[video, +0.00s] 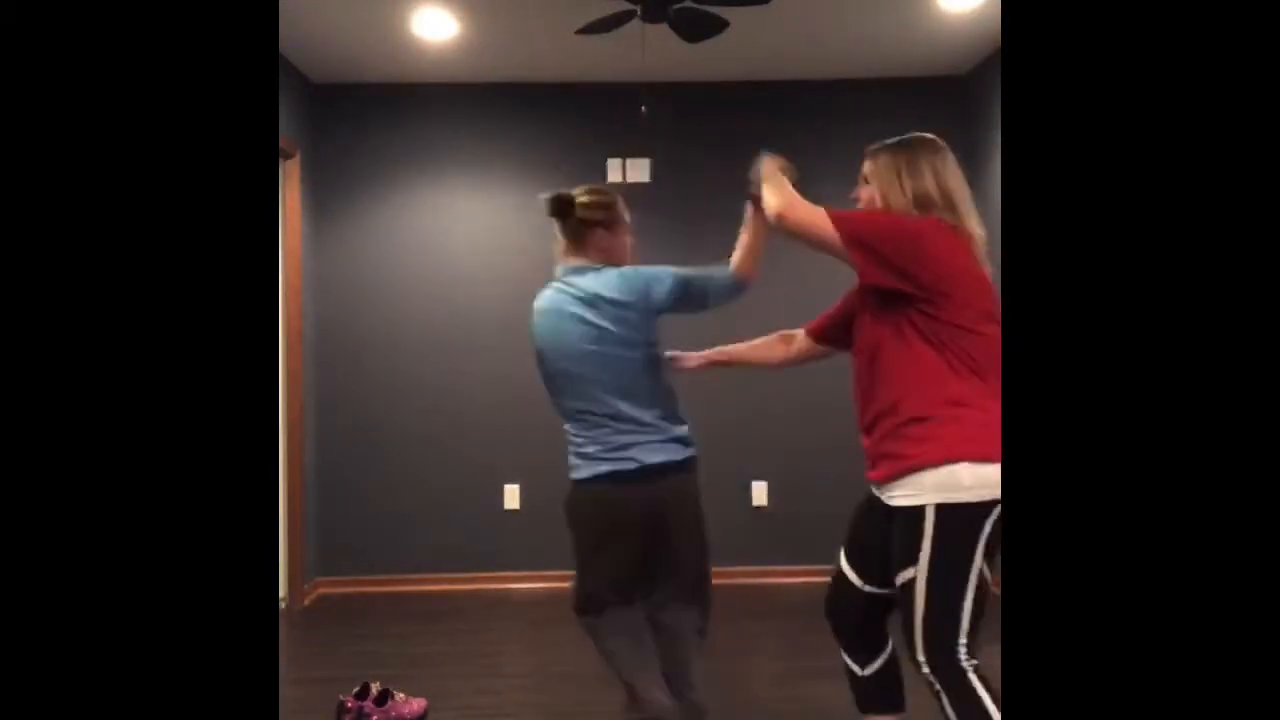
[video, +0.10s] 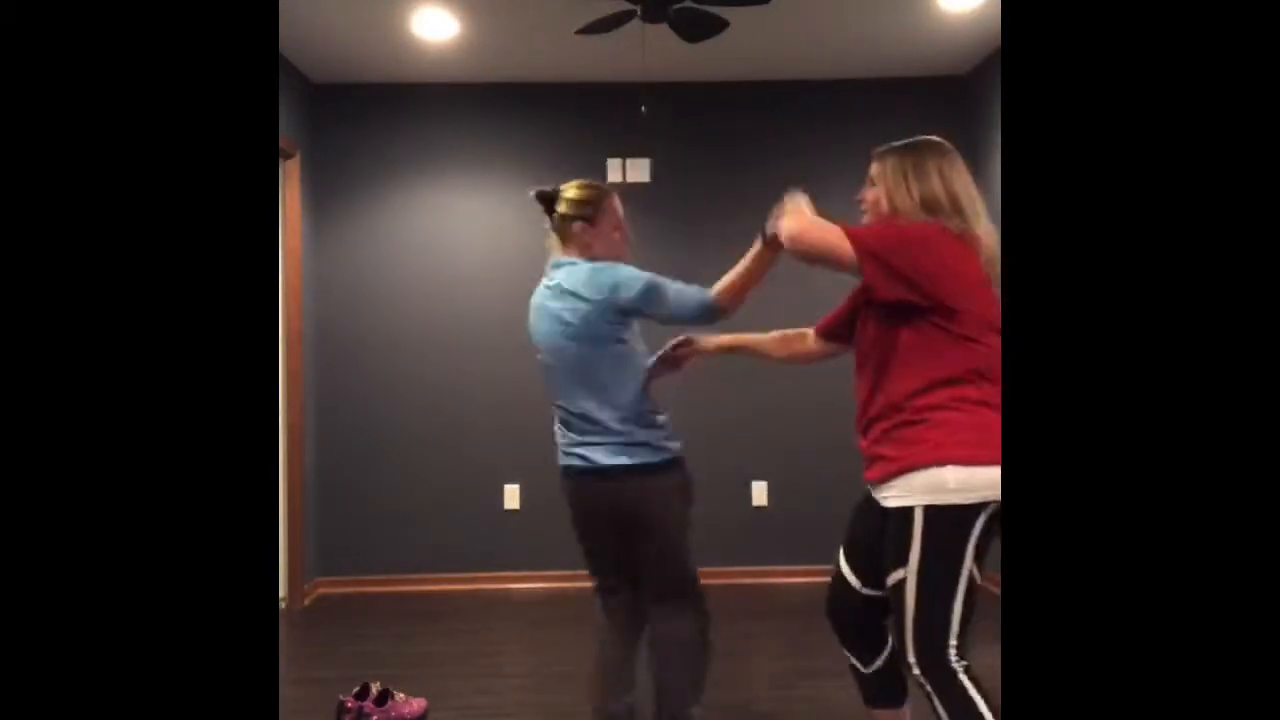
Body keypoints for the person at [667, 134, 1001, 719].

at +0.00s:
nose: (857, 194)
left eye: (868, 182)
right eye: (860, 182)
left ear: (906, 187)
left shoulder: (936, 245)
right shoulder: (884, 283)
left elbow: (785, 214)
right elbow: (799, 343)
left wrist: (770, 171)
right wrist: (708, 357)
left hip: (959, 481)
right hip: (903, 484)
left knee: (939, 647)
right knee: (851, 615)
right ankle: (886, 717)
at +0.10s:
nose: (863, 197)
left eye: (875, 186)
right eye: (866, 185)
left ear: (914, 191)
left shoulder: (941, 250)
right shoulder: (888, 279)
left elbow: (799, 236)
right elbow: (814, 341)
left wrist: (793, 207)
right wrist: (714, 344)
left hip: (954, 479)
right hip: (903, 481)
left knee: (932, 651)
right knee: (853, 611)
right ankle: (892, 713)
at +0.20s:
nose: (852, 195)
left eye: (863, 184)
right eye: (856, 183)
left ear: (899, 191)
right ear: (914, 193)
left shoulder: (929, 251)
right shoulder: (877, 273)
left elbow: (851, 260)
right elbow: (815, 330)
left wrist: (789, 259)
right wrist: (728, 323)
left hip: (941, 471)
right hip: (888, 475)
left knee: (921, 648)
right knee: (849, 608)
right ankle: (893, 709)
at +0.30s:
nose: (832, 195)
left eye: (844, 183)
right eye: (836, 183)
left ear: (879, 191)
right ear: (887, 194)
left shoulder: (910, 254)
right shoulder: (856, 266)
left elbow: (899, 295)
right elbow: (800, 300)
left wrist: (770, 301)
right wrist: (735, 297)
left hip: (910, 468)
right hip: (864, 469)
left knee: (899, 637)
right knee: (839, 606)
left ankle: (966, 717)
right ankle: (892, 711)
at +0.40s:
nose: (807, 196)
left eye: (819, 184)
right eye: (811, 185)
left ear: (853, 194)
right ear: (846, 195)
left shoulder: (873, 258)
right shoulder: (826, 259)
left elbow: (888, 326)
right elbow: (780, 281)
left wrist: (783, 350)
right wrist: (735, 257)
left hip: (870, 464)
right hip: (837, 464)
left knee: (857, 622)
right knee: (834, 606)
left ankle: (932, 704)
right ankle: (893, 710)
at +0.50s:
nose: (780, 199)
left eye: (792, 188)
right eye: (783, 189)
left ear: (826, 197)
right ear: (822, 200)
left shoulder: (840, 266)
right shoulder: (802, 263)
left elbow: (862, 346)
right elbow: (738, 266)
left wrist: (788, 388)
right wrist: (712, 231)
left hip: (845, 462)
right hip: (822, 459)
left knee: (804, 609)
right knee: (838, 607)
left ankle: (902, 710)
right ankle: (899, 708)